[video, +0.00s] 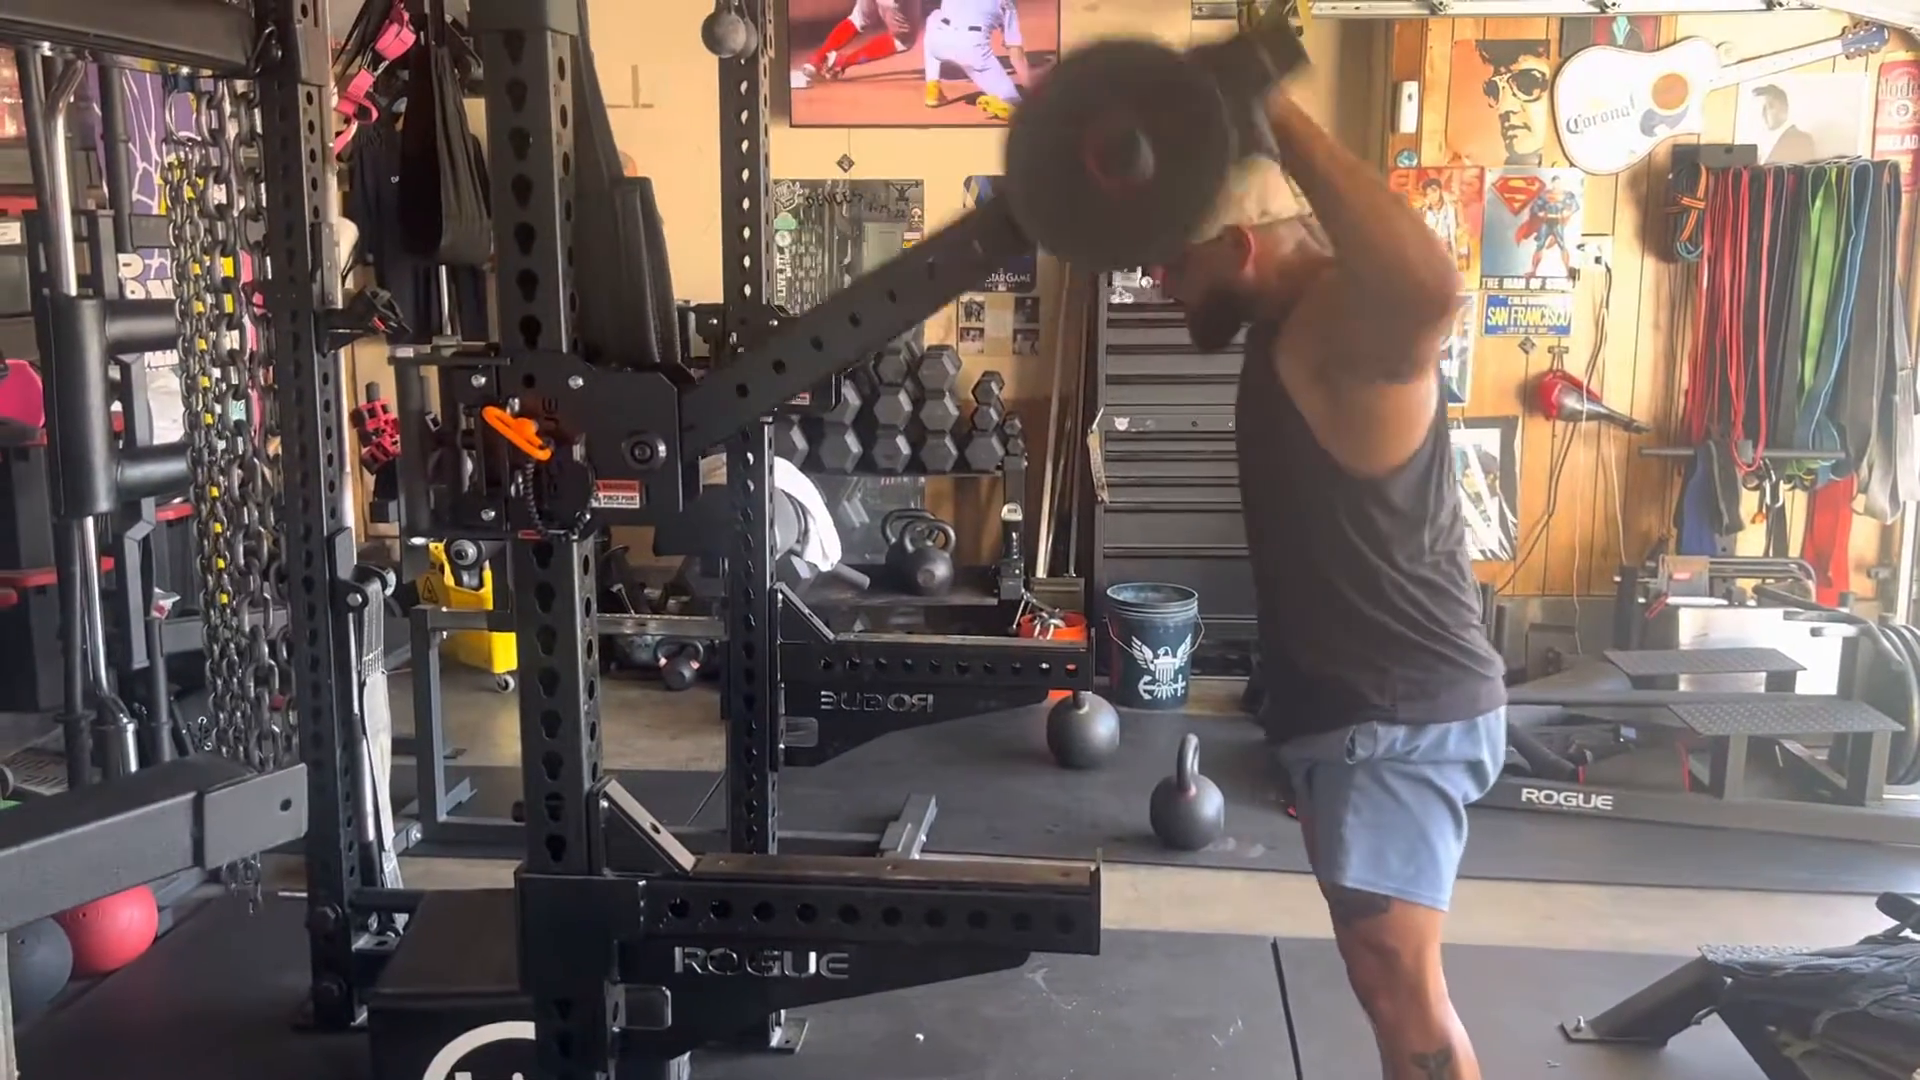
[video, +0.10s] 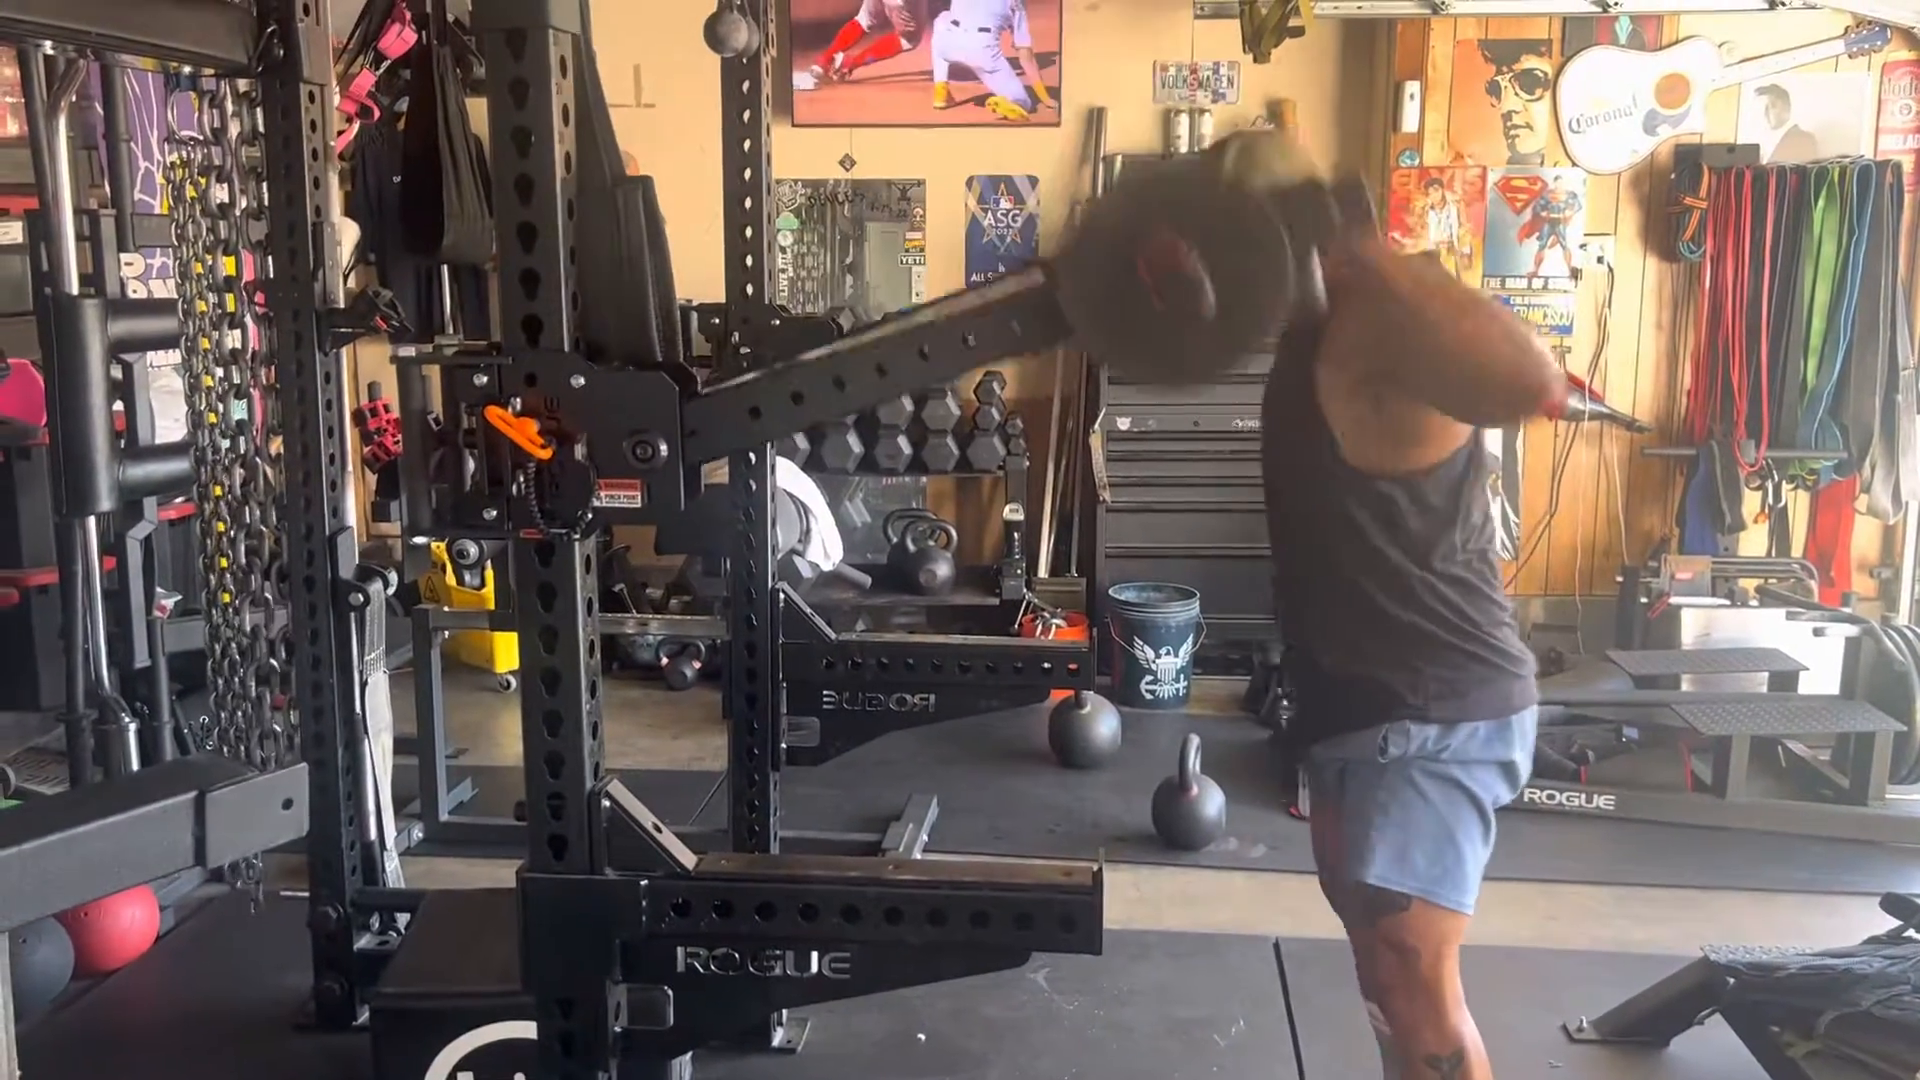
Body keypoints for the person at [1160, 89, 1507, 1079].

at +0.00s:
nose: (1161, 285)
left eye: (1173, 257)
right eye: (1156, 259)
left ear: (1243, 237)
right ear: (1241, 242)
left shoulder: (1350, 320)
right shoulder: (1292, 326)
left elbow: (1430, 285)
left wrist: (1281, 115)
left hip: (1396, 717)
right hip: (1351, 707)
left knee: (1400, 984)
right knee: (1390, 975)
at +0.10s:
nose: (1243, 252)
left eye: (1251, 229)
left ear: (1292, 227)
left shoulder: (1376, 312)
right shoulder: (1325, 322)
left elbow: (1535, 385)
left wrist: (1381, 260)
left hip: (1420, 716)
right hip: (1371, 709)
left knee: (1418, 1005)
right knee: (1398, 995)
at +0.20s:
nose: (1260, 249)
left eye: (1272, 224)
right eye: (1258, 226)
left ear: (1346, 224)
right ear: (1343, 224)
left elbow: (1604, 426)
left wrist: (1380, 373)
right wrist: (1218, 412)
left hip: (1493, 704)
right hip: (1376, 700)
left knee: (1422, 980)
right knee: (1389, 971)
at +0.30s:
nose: (1351, 256)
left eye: (1363, 230)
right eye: (1350, 233)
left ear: (1441, 229)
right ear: (1440, 230)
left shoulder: (1545, 323)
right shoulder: (1457, 329)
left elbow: (1588, 467)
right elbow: (1415, 411)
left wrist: (1374, 533)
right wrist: (1302, 426)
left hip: (1543, 710)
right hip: (1447, 693)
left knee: (1442, 969)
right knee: (1387, 876)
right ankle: (1426, 1052)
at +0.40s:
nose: (1397, 279)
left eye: (1410, 256)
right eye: (1397, 256)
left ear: (1492, 258)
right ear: (1492, 260)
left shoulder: (1584, 373)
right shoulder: (1487, 360)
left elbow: (1488, 564)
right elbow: (1387, 466)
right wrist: (1246, 532)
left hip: (1598, 732)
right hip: (1499, 708)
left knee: (1457, 985)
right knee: (1405, 879)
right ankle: (1443, 1045)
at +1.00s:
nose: (1474, 256)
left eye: (1492, 234)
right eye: (1476, 234)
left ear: (1572, 249)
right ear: (1567, 253)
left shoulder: (1647, 378)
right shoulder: (1533, 360)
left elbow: (1554, 535)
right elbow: (1422, 452)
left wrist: (1355, 602)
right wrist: (1294, 487)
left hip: (1602, 737)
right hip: (1496, 706)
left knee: (1441, 971)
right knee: (1395, 866)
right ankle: (1435, 1060)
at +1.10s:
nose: (1456, 224)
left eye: (1471, 200)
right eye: (1458, 201)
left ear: (1548, 206)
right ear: (1538, 209)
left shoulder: (1628, 330)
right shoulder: (1514, 324)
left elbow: (1649, 440)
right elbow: (1435, 369)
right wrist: (1334, 352)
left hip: (1504, 697)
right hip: (1424, 674)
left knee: (1433, 973)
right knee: (1402, 936)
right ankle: (1432, 1067)